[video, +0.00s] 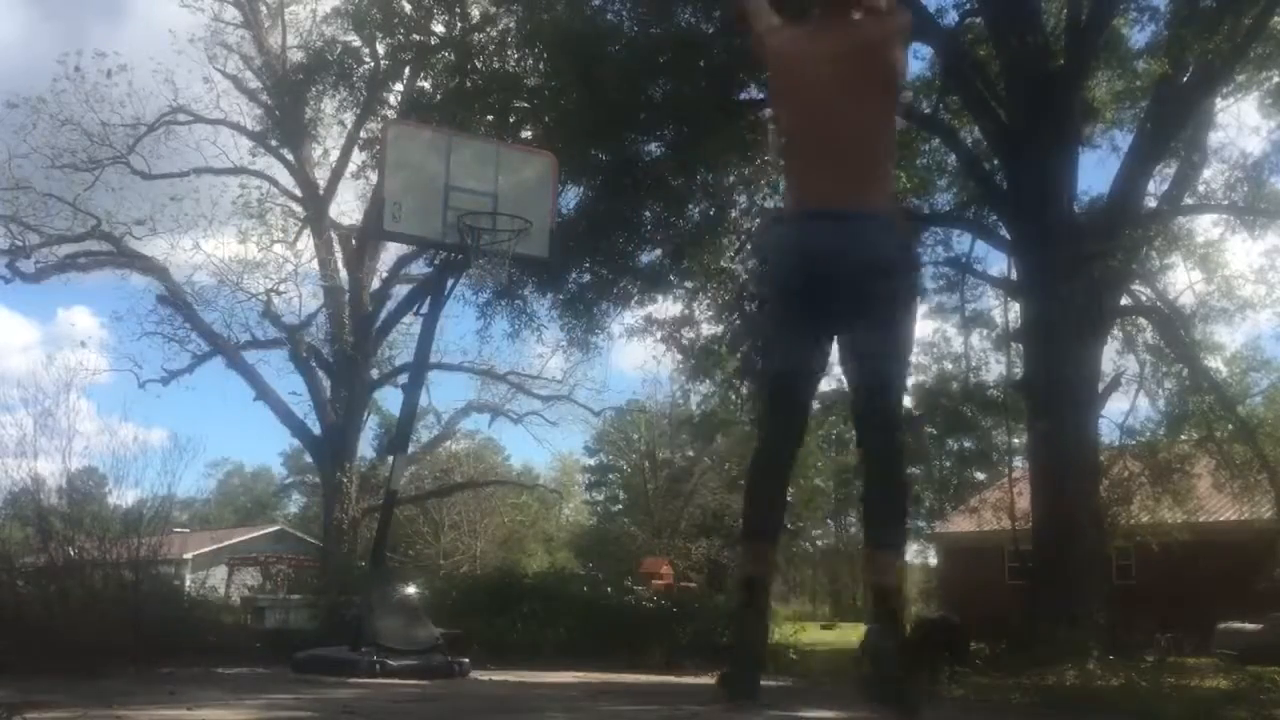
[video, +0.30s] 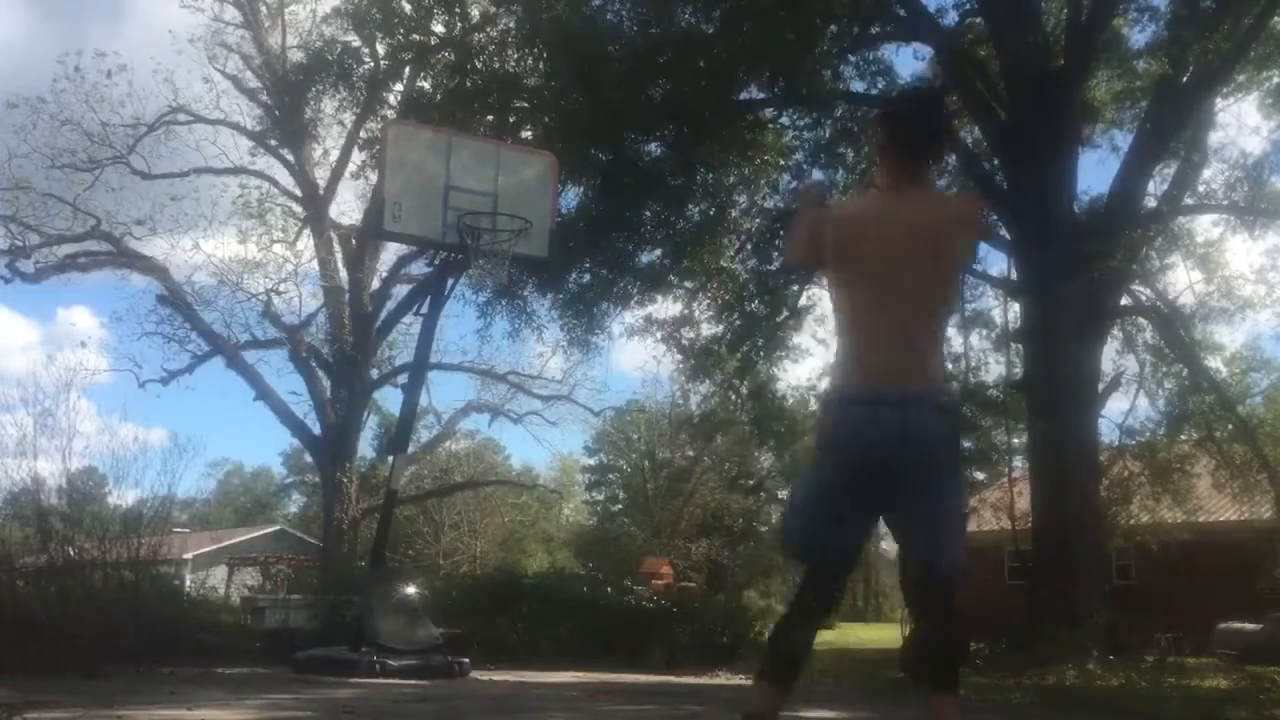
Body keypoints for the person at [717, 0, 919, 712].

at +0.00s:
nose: (878, 7)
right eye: (875, 5)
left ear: (804, 9)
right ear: (861, 6)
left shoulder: (778, 42)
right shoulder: (884, 34)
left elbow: (751, 4)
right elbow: (909, 11)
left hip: (798, 241)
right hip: (877, 241)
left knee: (777, 434)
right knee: (881, 435)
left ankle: (748, 633)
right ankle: (886, 638)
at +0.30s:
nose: (873, 147)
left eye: (877, 139)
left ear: (881, 144)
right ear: (942, 149)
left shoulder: (842, 219)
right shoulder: (961, 218)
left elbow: (798, 255)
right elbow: (984, 216)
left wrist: (809, 201)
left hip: (852, 418)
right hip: (927, 420)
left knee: (821, 578)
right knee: (933, 582)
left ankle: (762, 705)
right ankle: (943, 707)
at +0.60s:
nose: (917, 105)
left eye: (920, 96)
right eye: (925, 96)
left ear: (924, 102)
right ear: (984, 105)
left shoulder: (891, 185)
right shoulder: (1021, 191)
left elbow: (880, 280)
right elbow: (1047, 300)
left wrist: (877, 368)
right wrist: (1065, 402)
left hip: (918, 369)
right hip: (998, 374)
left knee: (892, 538)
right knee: (970, 545)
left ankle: (895, 671)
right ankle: (963, 695)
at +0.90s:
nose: (950, 108)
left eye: (955, 97)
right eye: (951, 98)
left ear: (972, 99)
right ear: (1023, 103)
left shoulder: (959, 157)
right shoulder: (1062, 175)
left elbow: (961, 210)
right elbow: (1118, 258)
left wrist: (952, 303)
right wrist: (1154, 366)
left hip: (1002, 370)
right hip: (1069, 372)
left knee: (1026, 548)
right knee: (1040, 547)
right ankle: (990, 696)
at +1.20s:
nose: (1028, 68)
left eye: (1032, 57)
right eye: (1031, 58)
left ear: (1047, 57)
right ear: (1104, 61)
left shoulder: (1031, 133)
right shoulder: (1140, 142)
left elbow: (1020, 262)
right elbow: (1133, 247)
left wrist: (988, 375)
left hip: (1083, 341)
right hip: (1161, 341)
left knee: (1091, 537)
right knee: (1109, 534)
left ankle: (1129, 700)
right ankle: (1118, 694)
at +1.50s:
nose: (1094, 63)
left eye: (1097, 50)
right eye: (1097, 52)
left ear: (1116, 51)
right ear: (1177, 55)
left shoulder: (1077, 137)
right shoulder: (1215, 141)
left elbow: (1053, 261)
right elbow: (1198, 238)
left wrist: (1044, 331)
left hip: (1122, 347)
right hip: (1215, 341)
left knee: (1124, 547)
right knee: (1226, 544)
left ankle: (1149, 700)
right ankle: (1256, 702)